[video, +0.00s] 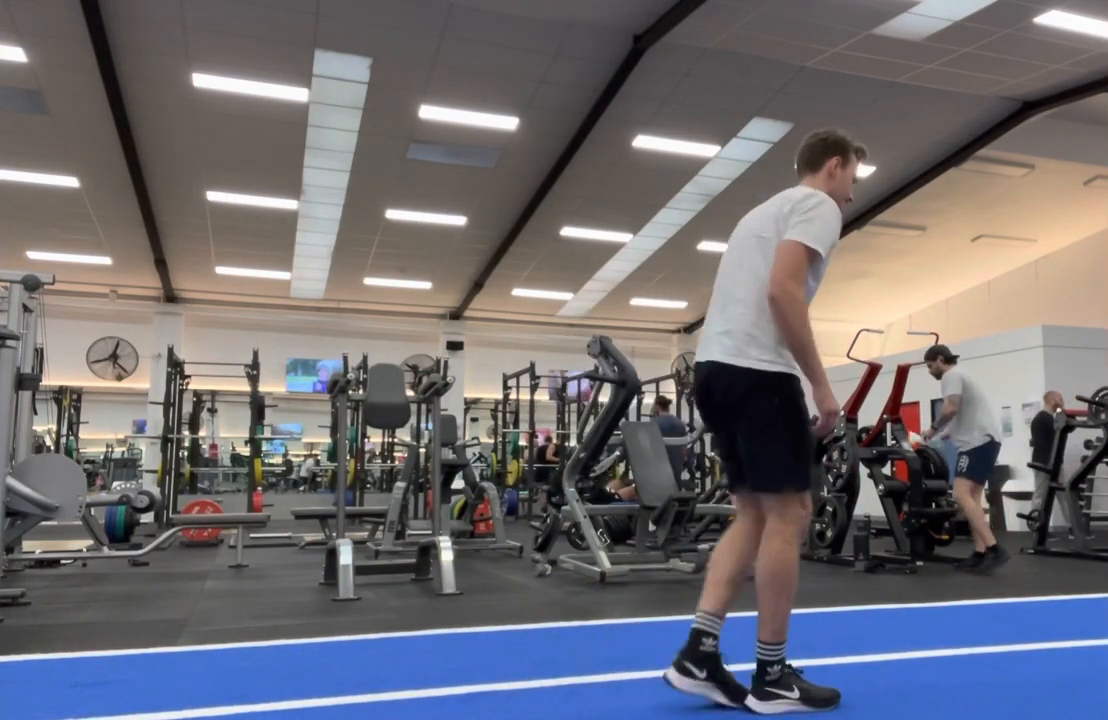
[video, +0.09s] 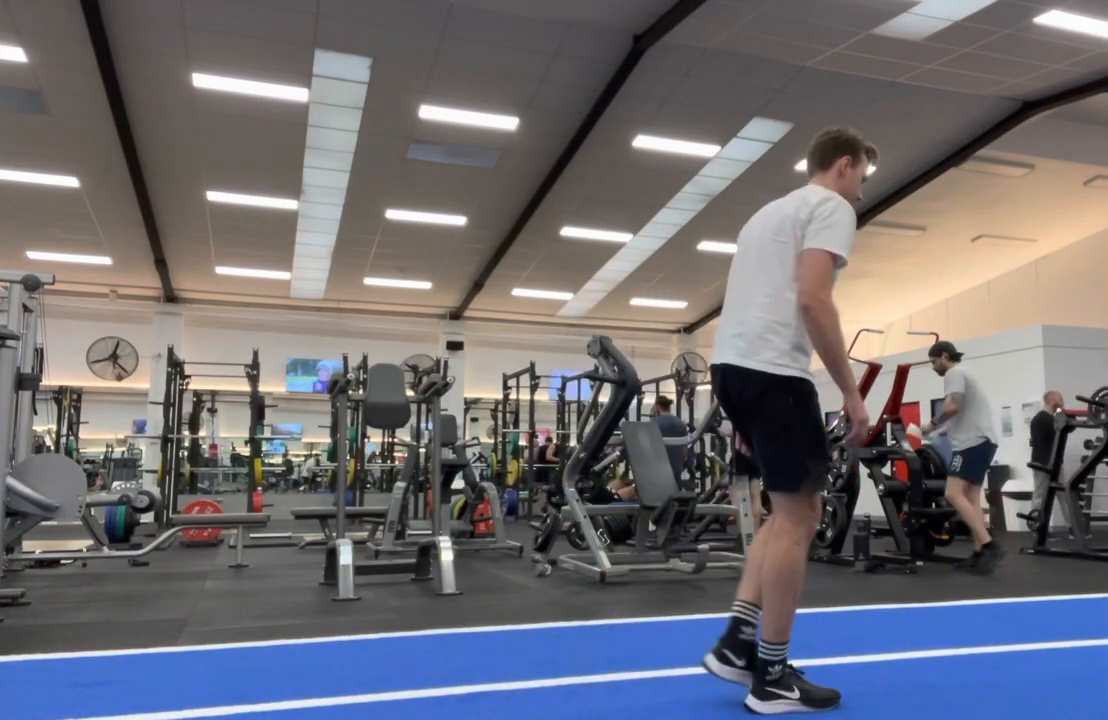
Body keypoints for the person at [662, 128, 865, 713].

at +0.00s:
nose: (852, 190)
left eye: (855, 181)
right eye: (853, 179)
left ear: (807, 167)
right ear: (835, 167)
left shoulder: (759, 215)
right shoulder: (817, 204)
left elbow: (735, 306)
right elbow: (784, 289)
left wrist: (791, 385)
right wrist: (821, 386)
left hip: (716, 373)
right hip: (759, 373)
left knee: (751, 514)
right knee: (789, 515)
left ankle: (699, 650)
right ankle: (772, 671)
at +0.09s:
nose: (860, 188)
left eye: (862, 179)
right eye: (861, 177)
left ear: (816, 166)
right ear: (846, 166)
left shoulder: (765, 216)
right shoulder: (832, 205)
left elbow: (743, 316)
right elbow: (813, 297)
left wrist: (735, 406)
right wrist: (850, 392)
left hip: (734, 371)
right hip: (774, 372)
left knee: (786, 511)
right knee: (798, 517)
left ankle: (738, 639)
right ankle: (772, 673)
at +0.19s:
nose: (873, 184)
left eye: (876, 176)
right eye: (874, 174)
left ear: (828, 165)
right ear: (856, 163)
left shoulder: (774, 213)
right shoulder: (847, 202)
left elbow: (752, 307)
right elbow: (836, 295)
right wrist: (874, 386)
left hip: (748, 369)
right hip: (788, 371)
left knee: (815, 507)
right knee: (794, 517)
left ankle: (798, 652)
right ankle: (770, 674)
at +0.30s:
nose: (885, 190)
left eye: (887, 181)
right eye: (886, 179)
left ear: (839, 169)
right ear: (870, 169)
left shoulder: (783, 219)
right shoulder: (860, 206)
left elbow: (748, 315)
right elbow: (851, 298)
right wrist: (892, 393)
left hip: (758, 373)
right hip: (801, 373)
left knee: (820, 514)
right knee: (809, 520)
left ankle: (832, 657)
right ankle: (773, 671)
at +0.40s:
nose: (899, 205)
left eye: (902, 197)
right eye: (901, 195)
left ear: (859, 178)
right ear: (887, 181)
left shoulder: (799, 225)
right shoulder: (871, 214)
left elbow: (767, 316)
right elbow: (857, 302)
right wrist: (896, 397)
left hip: (765, 374)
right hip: (810, 375)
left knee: (818, 516)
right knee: (858, 512)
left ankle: (832, 657)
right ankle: (787, 653)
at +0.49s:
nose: (918, 231)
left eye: (922, 225)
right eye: (921, 222)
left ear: (881, 197)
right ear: (906, 202)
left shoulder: (821, 232)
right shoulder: (888, 227)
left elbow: (809, 324)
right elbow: (861, 311)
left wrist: (857, 389)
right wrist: (890, 409)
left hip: (768, 372)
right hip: (818, 373)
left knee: (822, 512)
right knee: (885, 500)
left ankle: (828, 659)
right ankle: (831, 644)